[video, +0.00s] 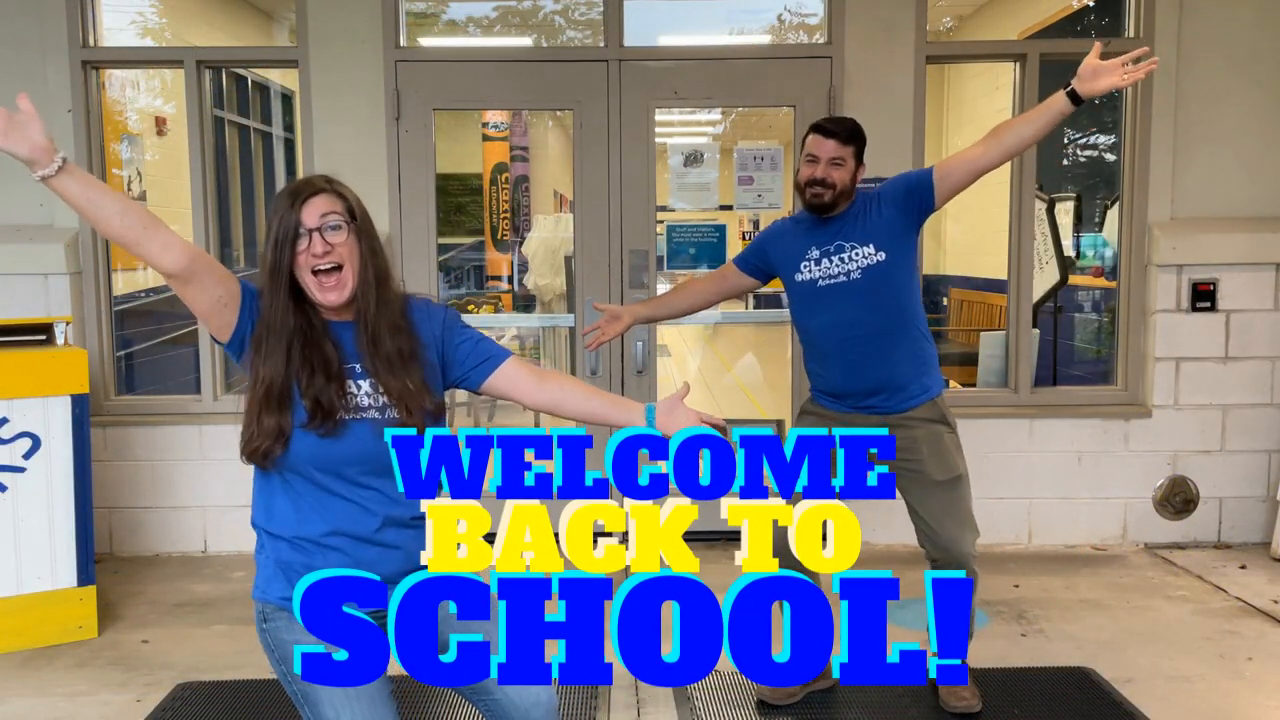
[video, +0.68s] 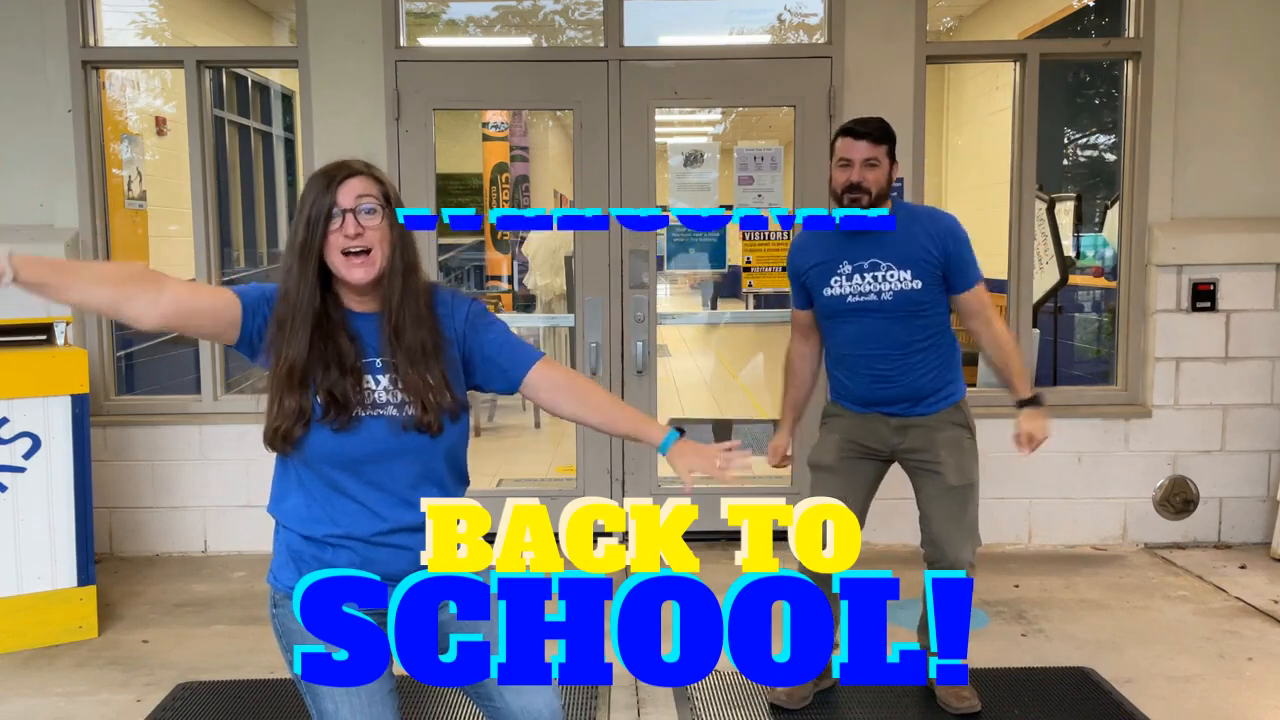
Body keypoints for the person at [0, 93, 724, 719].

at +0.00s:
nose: (322, 244)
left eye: (335, 227)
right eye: (304, 234)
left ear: (366, 240)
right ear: (285, 256)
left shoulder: (420, 324)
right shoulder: (267, 324)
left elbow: (534, 385)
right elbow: (170, 255)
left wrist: (652, 414)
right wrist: (49, 164)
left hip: (429, 575)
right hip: (312, 589)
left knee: (531, 681)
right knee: (360, 706)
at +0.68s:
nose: (355, 226)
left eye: (371, 213)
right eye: (339, 215)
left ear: (397, 232)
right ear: (317, 237)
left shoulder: (447, 319)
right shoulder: (288, 312)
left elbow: (552, 384)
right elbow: (158, 302)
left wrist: (670, 441)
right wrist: (23, 267)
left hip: (442, 564)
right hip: (326, 570)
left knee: (544, 674)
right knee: (355, 704)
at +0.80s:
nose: (378, 197)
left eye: (395, 186)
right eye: (361, 188)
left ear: (422, 214)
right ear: (339, 217)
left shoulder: (469, 308)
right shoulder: (297, 297)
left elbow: (566, 398)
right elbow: (155, 342)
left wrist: (671, 471)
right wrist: (12, 369)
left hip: (458, 557)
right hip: (332, 570)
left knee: (550, 686)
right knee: (354, 712)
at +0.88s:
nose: (396, 175)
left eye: (414, 163)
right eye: (382, 164)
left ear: (445, 187)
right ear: (361, 187)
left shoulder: (484, 288)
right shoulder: (318, 274)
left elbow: (565, 396)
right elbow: (207, 362)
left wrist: (650, 495)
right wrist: (82, 444)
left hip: (470, 538)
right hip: (344, 550)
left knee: (553, 698)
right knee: (361, 710)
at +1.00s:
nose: (425, 173)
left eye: (443, 157)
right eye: (410, 162)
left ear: (476, 175)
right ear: (393, 186)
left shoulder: (525, 289)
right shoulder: (358, 269)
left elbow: (558, 420)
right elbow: (301, 381)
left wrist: (602, 526)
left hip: (486, 536)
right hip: (362, 539)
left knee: (555, 710)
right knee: (362, 713)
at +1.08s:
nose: (453, 184)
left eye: (472, 170)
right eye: (438, 174)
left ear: (505, 188)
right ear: (423, 198)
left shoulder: (551, 299)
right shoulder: (385, 293)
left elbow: (568, 437)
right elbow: (340, 408)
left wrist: (589, 554)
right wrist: (312, 517)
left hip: (514, 554)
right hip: (383, 556)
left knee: (577, 710)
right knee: (370, 713)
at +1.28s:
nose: (517, 181)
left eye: (537, 166)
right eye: (503, 172)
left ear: (577, 184)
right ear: (489, 198)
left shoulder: (639, 298)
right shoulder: (486, 296)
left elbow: (683, 440)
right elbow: (446, 410)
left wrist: (704, 578)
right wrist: (400, 521)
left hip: (612, 565)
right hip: (479, 560)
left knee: (645, 711)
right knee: (433, 710)